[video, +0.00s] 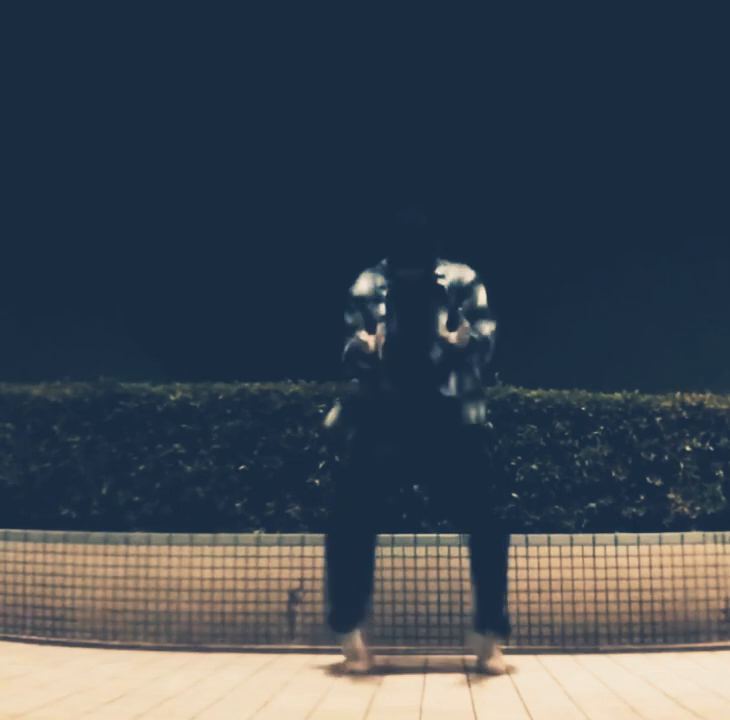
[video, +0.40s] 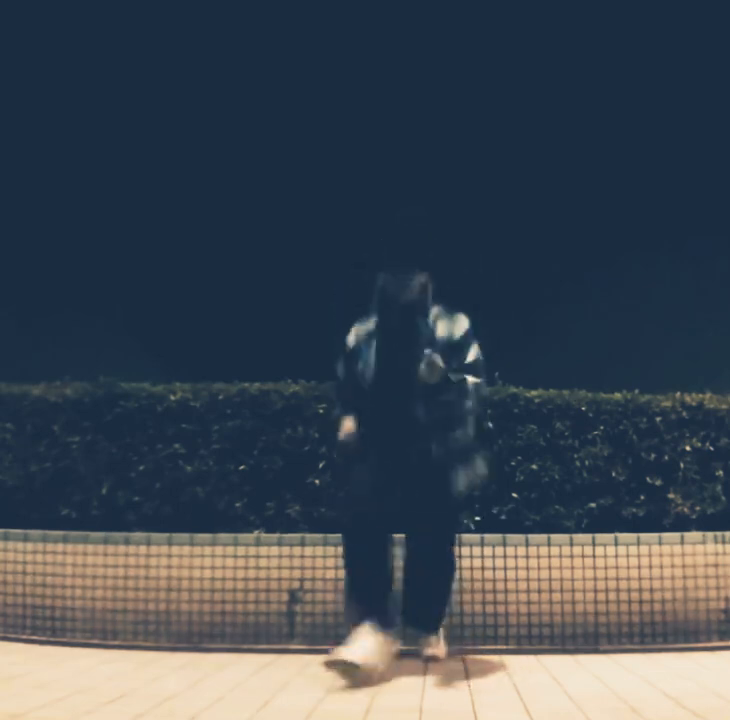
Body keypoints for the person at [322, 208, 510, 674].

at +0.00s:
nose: (410, 260)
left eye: (419, 251)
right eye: (401, 252)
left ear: (434, 245)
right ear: (388, 249)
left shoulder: (462, 281)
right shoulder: (370, 284)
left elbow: (486, 346)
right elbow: (347, 348)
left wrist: (463, 341)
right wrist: (364, 347)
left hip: (452, 421)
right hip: (381, 422)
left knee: (490, 515)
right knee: (351, 515)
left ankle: (487, 637)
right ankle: (350, 634)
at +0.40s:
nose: (402, 291)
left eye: (412, 281)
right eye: (394, 282)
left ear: (427, 286)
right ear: (380, 287)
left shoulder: (452, 329)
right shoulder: (363, 333)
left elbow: (469, 395)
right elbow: (346, 388)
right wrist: (347, 416)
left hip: (434, 458)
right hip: (375, 457)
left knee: (432, 542)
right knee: (365, 536)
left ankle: (429, 629)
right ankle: (371, 628)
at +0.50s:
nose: (393, 281)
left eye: (400, 272)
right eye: (384, 272)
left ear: (414, 274)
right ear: (371, 276)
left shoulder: (442, 321)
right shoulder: (357, 332)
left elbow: (482, 370)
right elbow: (341, 393)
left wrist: (448, 370)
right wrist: (334, 429)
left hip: (431, 466)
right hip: (371, 466)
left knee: (430, 550)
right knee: (352, 550)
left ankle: (430, 629)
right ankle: (336, 649)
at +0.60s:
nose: (385, 265)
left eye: (394, 255)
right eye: (377, 255)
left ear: (409, 259)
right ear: (364, 260)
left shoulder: (438, 309)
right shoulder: (347, 317)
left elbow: (486, 363)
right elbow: (328, 378)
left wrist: (478, 391)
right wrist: (313, 411)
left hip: (418, 460)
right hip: (356, 459)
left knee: (405, 547)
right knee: (333, 548)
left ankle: (426, 623)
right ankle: (331, 656)